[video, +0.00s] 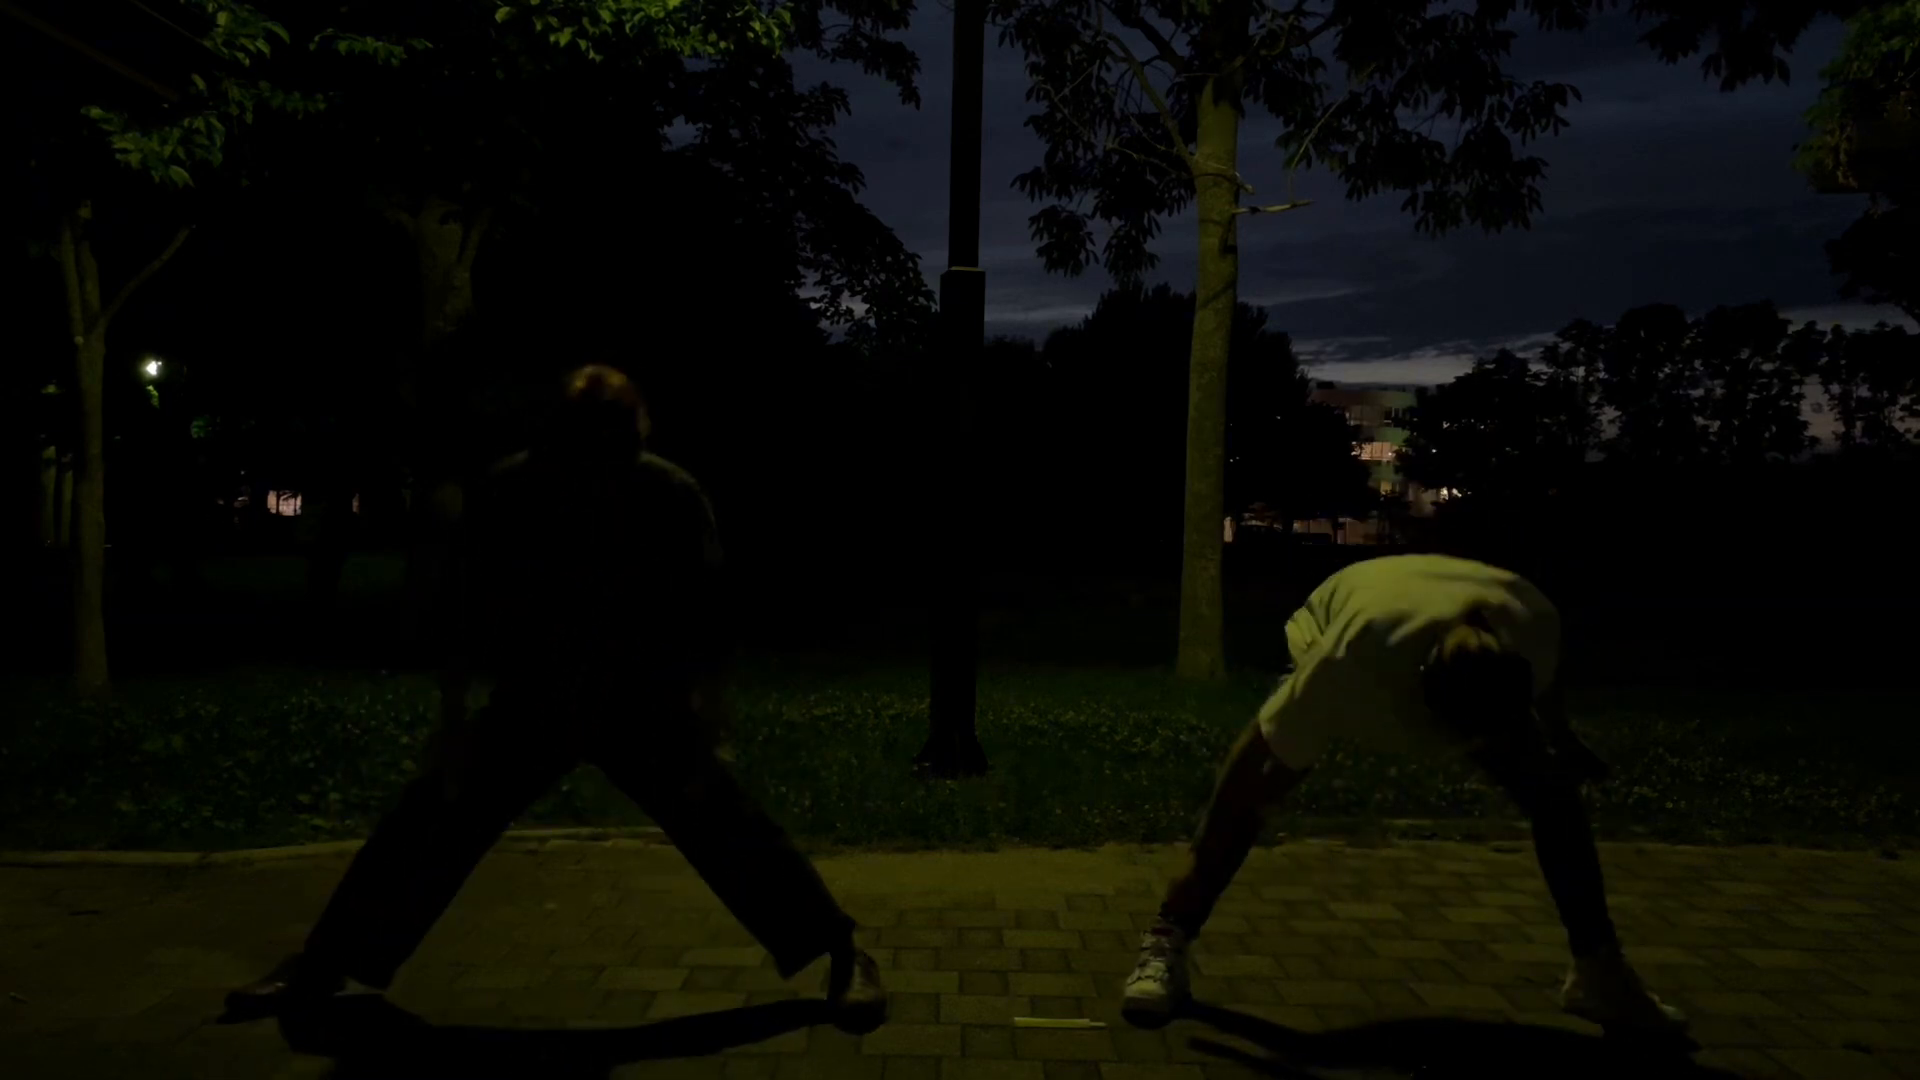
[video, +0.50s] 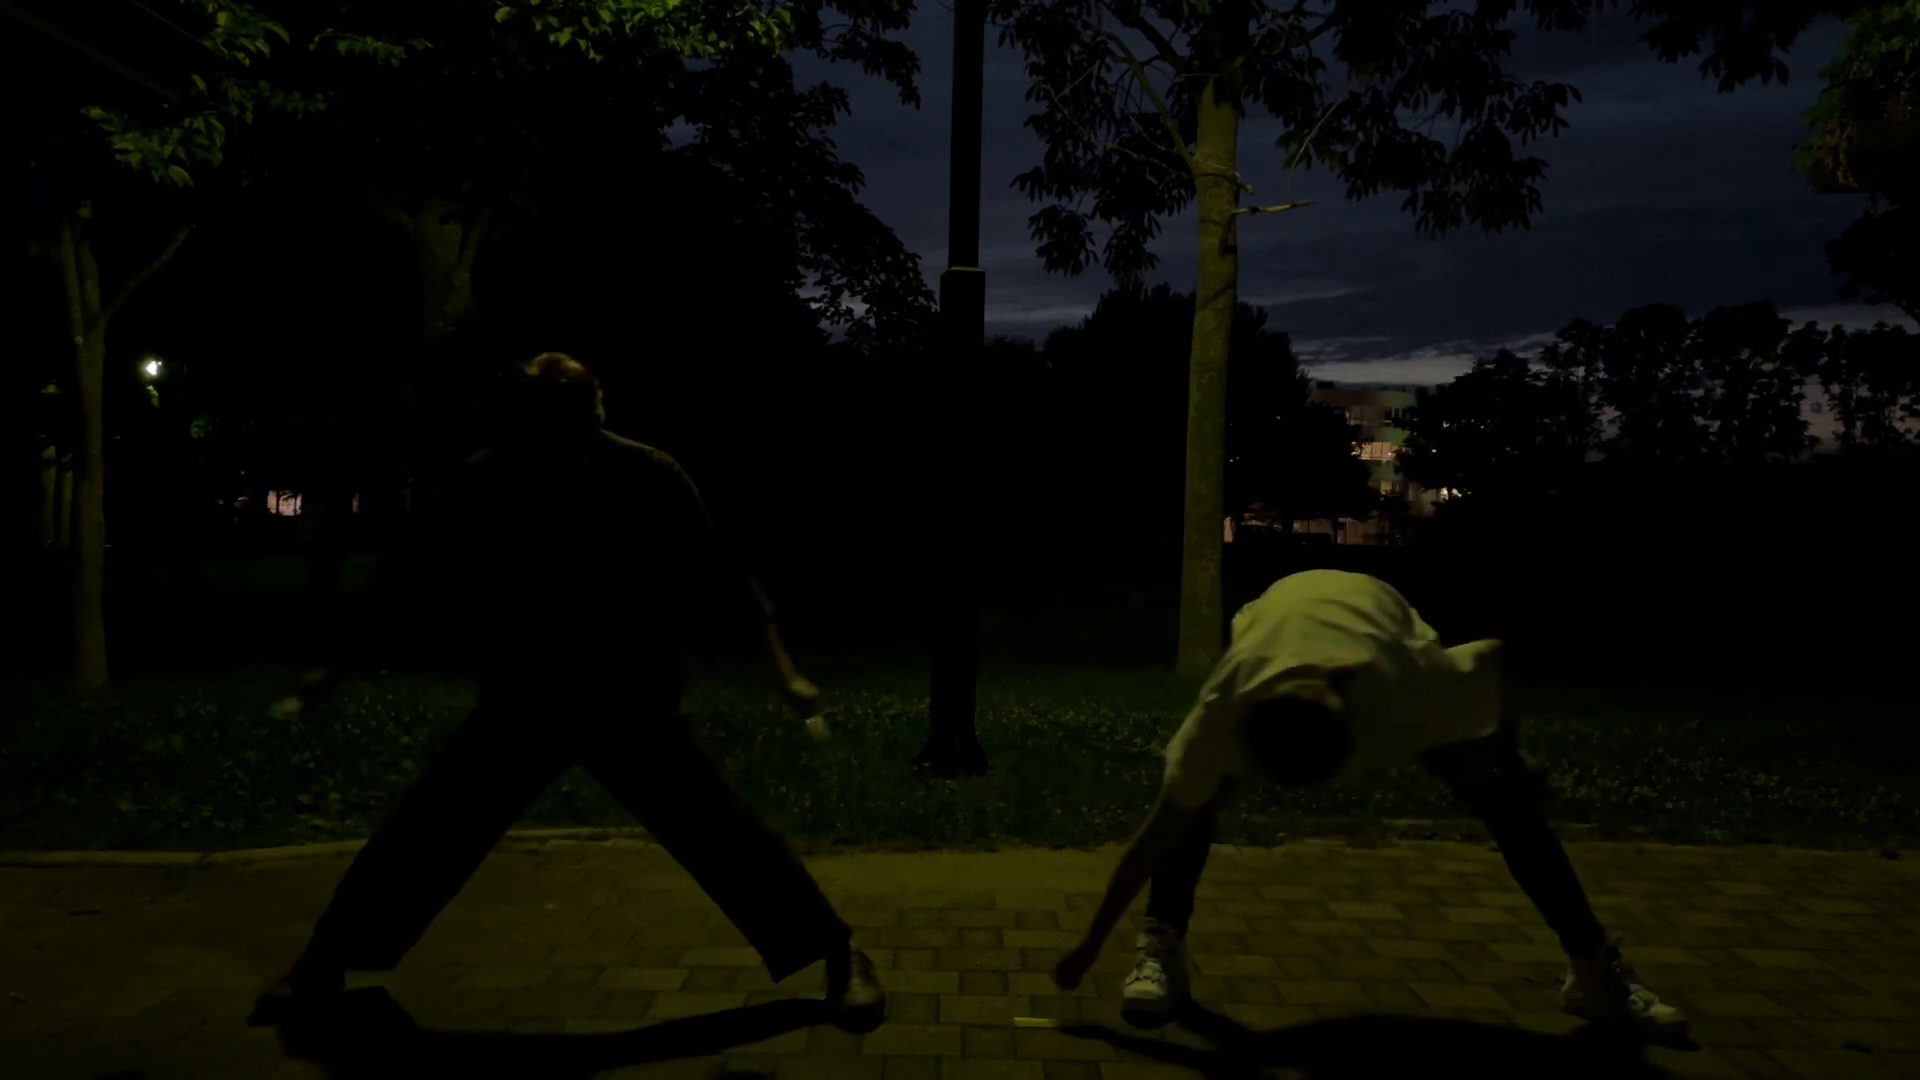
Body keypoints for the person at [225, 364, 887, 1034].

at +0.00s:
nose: (594, 444)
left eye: (606, 428)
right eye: (584, 427)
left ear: (625, 431)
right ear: (564, 429)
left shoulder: (669, 498)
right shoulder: (518, 492)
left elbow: (702, 606)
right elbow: (480, 598)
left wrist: (707, 702)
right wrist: (461, 694)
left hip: (641, 702)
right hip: (530, 700)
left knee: (725, 826)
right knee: (426, 830)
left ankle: (839, 955)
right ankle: (323, 972)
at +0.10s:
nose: (582, 454)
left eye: (595, 437)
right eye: (568, 437)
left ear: (620, 438)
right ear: (547, 438)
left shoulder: (662, 502)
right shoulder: (510, 501)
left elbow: (710, 612)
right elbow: (468, 609)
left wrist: (738, 721)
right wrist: (445, 710)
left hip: (638, 707)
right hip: (528, 705)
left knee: (722, 833)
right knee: (421, 832)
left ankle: (839, 956)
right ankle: (318, 975)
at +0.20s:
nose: (572, 440)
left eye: (583, 423)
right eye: (559, 424)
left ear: (610, 427)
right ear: (542, 428)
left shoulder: (657, 492)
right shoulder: (505, 492)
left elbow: (727, 600)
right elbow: (447, 604)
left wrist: (790, 699)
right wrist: (399, 700)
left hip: (633, 702)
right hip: (525, 701)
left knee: (713, 830)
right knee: (421, 830)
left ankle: (837, 955)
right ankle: (319, 975)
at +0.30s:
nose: (561, 439)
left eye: (574, 421)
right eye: (548, 422)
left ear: (602, 422)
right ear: (529, 426)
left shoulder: (656, 483)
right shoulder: (503, 486)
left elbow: (738, 585)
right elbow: (427, 591)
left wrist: (803, 680)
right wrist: (356, 680)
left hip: (639, 698)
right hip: (532, 698)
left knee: (720, 825)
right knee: (436, 827)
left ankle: (841, 956)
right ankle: (326, 968)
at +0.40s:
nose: (561, 430)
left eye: (573, 414)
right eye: (547, 416)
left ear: (597, 417)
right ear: (524, 422)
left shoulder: (648, 478)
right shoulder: (496, 484)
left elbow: (736, 572)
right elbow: (414, 580)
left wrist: (801, 663)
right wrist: (336, 655)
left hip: (636, 697)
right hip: (530, 699)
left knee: (720, 826)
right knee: (432, 831)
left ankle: (841, 955)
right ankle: (325, 968)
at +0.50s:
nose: (554, 433)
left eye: (567, 417)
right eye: (542, 418)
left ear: (591, 417)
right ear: (519, 422)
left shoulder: (646, 481)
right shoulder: (490, 485)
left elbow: (724, 582)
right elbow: (409, 586)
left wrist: (783, 673)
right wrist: (334, 674)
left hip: (630, 705)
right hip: (519, 705)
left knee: (719, 830)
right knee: (424, 833)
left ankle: (839, 955)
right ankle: (321, 970)